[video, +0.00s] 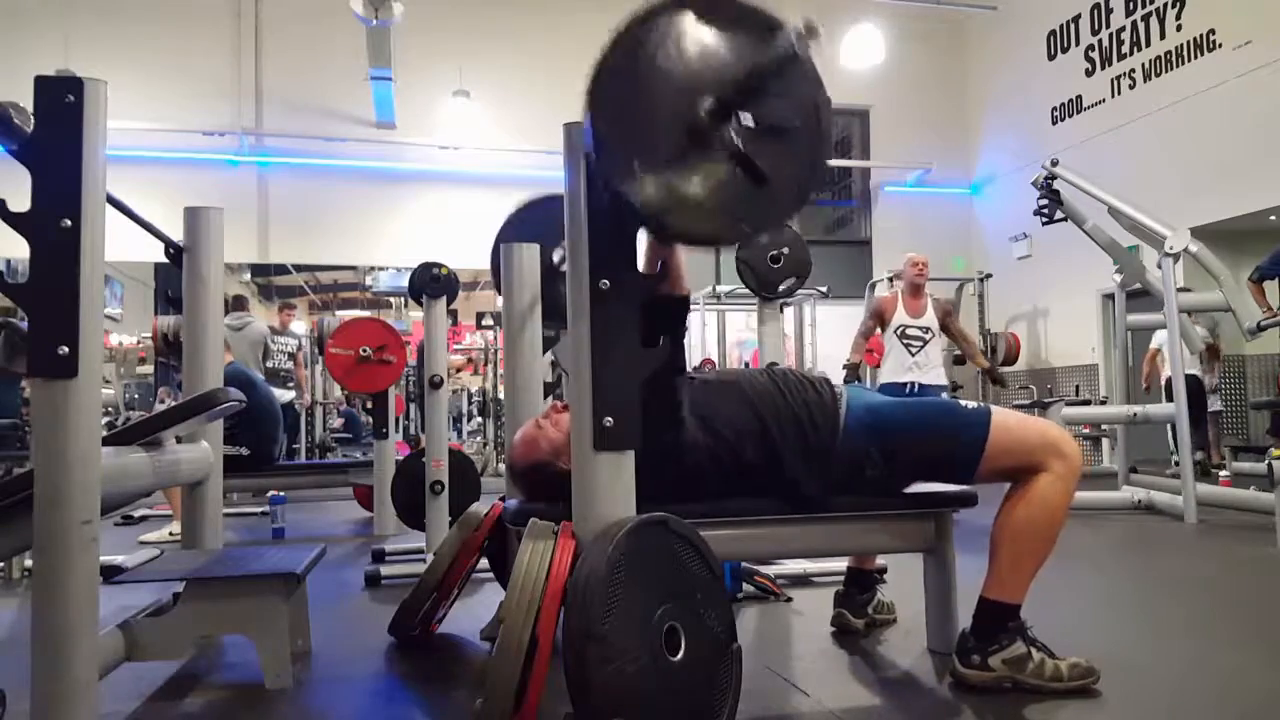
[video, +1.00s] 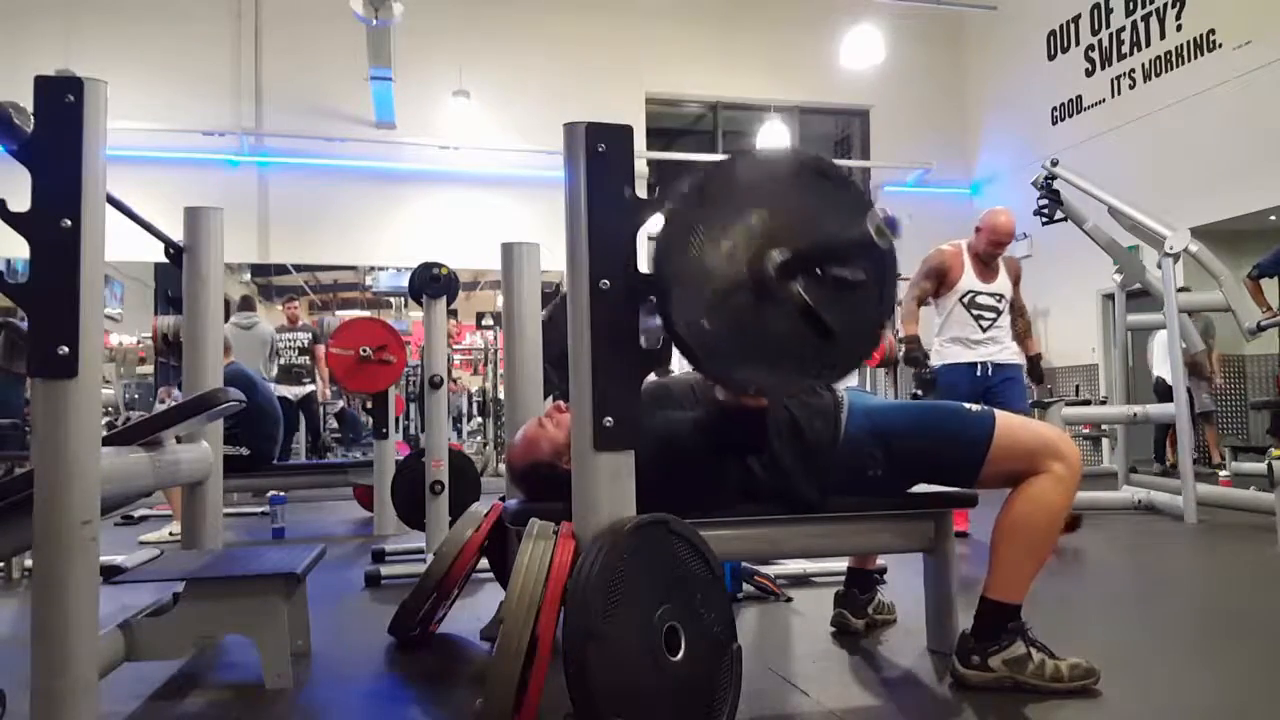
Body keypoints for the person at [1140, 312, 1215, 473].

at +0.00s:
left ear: (1166, 315)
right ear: (1189, 316)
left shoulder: (1161, 333)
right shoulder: (1198, 330)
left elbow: (1150, 357)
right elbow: (1212, 350)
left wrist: (1145, 381)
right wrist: (1211, 368)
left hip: (1171, 378)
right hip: (1194, 377)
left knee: (1174, 420)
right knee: (1199, 419)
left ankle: (1177, 460)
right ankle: (1200, 455)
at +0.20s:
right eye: (1188, 314)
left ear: (1167, 316)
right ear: (1188, 316)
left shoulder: (1159, 333)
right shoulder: (1198, 331)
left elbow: (1144, 362)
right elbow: (1216, 351)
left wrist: (1144, 380)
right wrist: (1223, 368)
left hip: (1170, 378)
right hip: (1194, 377)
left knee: (1172, 421)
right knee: (1195, 421)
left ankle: (1176, 459)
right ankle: (1194, 460)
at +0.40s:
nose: (1194, 318)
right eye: (1193, 316)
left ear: (1170, 319)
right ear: (1191, 317)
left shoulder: (1161, 334)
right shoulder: (1200, 332)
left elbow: (1148, 355)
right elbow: (1215, 353)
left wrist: (1153, 375)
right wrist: (1221, 373)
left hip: (1170, 379)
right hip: (1194, 378)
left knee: (1168, 418)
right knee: (1194, 421)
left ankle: (1172, 453)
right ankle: (1194, 462)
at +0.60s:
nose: (1197, 318)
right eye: (1195, 315)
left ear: (1170, 318)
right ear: (1192, 317)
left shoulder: (1162, 333)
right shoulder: (1195, 332)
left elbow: (1154, 356)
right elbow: (1208, 351)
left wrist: (1158, 370)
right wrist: (1221, 364)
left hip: (1167, 377)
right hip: (1188, 377)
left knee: (1167, 420)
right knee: (1191, 420)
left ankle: (1162, 459)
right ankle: (1194, 460)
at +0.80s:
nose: (1192, 320)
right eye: (1191, 317)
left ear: (1168, 319)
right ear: (1185, 320)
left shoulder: (1162, 334)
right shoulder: (1183, 334)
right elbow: (1197, 351)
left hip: (1160, 377)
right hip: (1179, 380)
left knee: (1161, 420)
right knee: (1188, 421)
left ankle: (1159, 461)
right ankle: (1190, 460)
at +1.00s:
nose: (1192, 318)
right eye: (1191, 316)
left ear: (1166, 318)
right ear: (1187, 318)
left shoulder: (1156, 334)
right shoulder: (1182, 335)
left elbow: (1149, 360)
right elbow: (1190, 360)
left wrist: (1157, 374)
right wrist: (1207, 373)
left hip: (1159, 382)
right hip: (1178, 383)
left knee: (1162, 423)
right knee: (1188, 420)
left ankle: (1159, 462)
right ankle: (1189, 460)